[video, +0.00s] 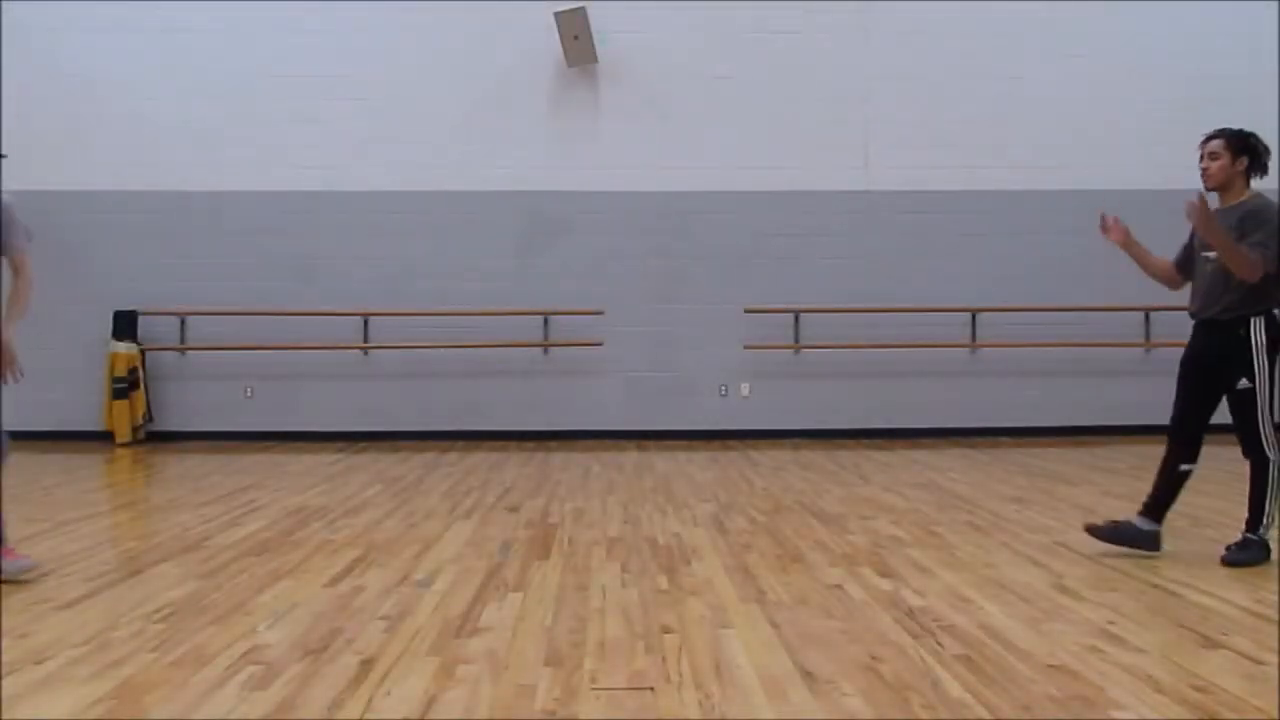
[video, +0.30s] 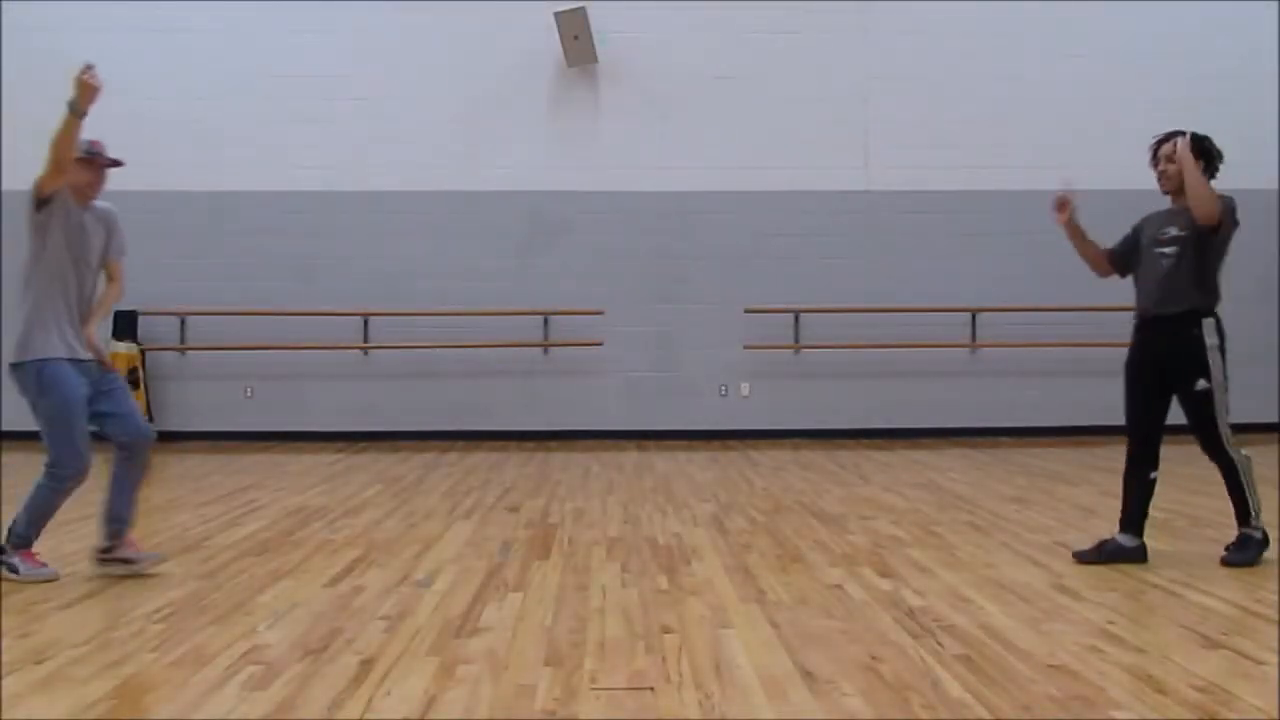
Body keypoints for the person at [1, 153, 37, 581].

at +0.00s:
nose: (3, 162)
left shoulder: (5, 214)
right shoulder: (6, 216)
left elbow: (22, 271)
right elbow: (23, 271)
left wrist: (7, 330)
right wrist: (7, 330)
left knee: (1, 445)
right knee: (2, 445)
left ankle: (3, 544)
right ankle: (3, 544)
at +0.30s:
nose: (97, 175)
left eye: (102, 168)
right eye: (89, 166)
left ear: (106, 175)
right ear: (69, 169)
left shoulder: (105, 220)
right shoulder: (49, 207)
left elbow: (115, 282)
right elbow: (57, 165)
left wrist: (92, 326)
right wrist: (77, 109)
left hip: (86, 352)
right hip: (42, 351)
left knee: (137, 438)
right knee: (71, 462)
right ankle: (15, 546)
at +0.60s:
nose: (221, 186)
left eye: (226, 180)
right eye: (214, 176)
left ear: (226, 186)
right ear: (191, 176)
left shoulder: (225, 233)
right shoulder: (168, 212)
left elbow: (233, 298)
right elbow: (167, 165)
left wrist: (208, 343)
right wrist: (178, 102)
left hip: (193, 354)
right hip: (156, 350)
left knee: (213, 461)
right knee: (230, 448)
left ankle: (145, 548)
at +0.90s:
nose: (340, 185)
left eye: (343, 178)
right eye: (332, 175)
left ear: (342, 183)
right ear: (306, 175)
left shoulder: (339, 230)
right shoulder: (285, 213)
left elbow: (346, 293)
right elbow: (286, 158)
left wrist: (324, 338)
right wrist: (298, 95)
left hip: (317, 359)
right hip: (276, 360)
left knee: (367, 450)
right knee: (325, 466)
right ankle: (258, 551)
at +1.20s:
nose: (455, 177)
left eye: (459, 169)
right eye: (447, 167)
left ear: (459, 173)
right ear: (419, 164)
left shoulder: (458, 212)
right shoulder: (384, 205)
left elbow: (480, 272)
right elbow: (327, 197)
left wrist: (457, 298)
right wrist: (393, 190)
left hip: (427, 357)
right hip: (381, 350)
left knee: (439, 466)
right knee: (427, 459)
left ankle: (375, 547)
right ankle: (427, 562)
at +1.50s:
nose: (584, 188)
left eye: (587, 181)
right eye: (579, 178)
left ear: (578, 178)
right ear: (549, 168)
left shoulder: (569, 209)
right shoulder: (513, 200)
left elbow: (574, 273)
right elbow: (488, 271)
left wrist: (580, 227)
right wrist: (549, 231)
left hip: (538, 357)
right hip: (485, 356)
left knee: (583, 456)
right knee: (502, 486)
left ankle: (540, 557)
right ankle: (467, 568)